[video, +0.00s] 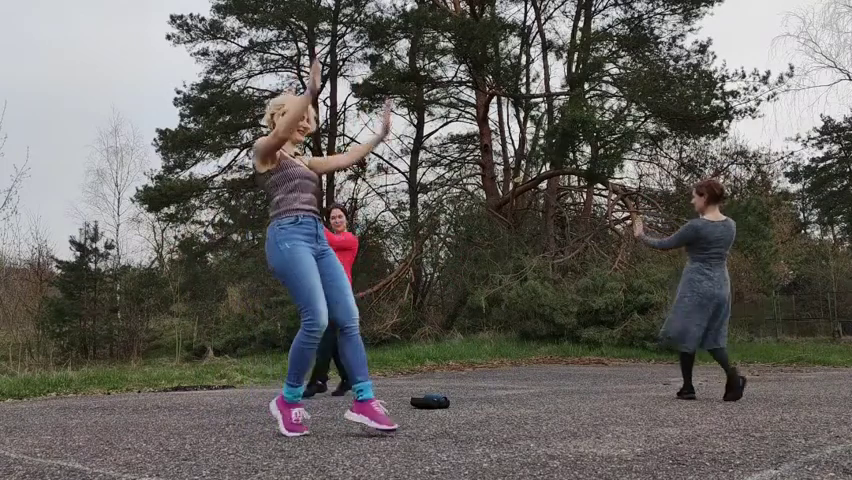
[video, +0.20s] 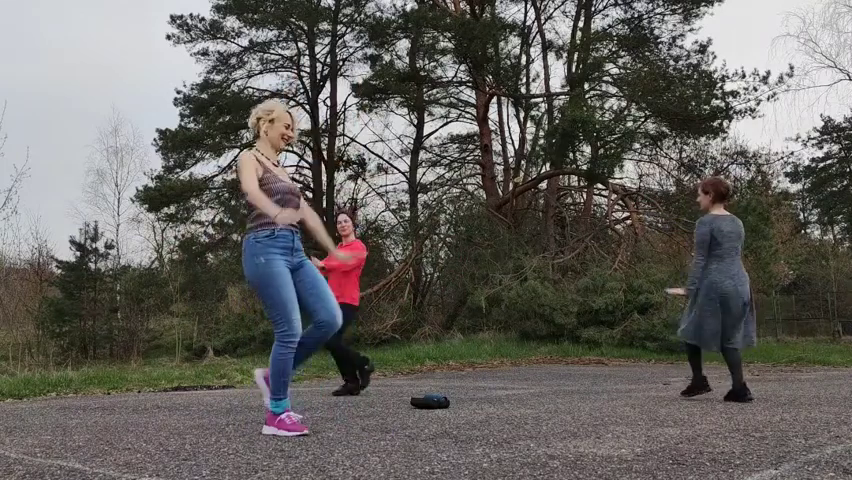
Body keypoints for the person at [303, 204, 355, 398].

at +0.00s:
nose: (337, 220)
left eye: (340, 217)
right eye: (333, 218)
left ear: (346, 219)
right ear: (329, 222)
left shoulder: (351, 239)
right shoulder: (327, 238)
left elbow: (331, 241)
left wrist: (318, 225)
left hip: (342, 294)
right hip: (327, 293)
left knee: (329, 336)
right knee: (332, 337)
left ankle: (318, 379)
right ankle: (346, 378)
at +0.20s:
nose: (342, 225)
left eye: (345, 222)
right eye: (339, 223)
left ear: (353, 224)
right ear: (336, 227)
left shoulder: (359, 247)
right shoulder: (337, 249)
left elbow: (348, 263)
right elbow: (328, 270)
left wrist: (323, 264)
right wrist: (317, 267)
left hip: (348, 300)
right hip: (333, 299)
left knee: (332, 339)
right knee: (333, 341)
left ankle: (362, 363)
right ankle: (350, 380)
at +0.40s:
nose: (347, 216)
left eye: (351, 214)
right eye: (344, 214)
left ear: (357, 221)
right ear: (339, 220)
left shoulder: (359, 241)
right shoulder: (340, 244)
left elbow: (362, 270)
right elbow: (336, 277)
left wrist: (359, 296)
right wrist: (326, 302)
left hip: (355, 298)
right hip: (340, 300)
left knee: (362, 341)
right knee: (347, 343)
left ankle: (390, 370)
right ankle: (352, 382)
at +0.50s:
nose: (347, 216)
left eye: (351, 214)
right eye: (344, 214)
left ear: (357, 222)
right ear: (339, 220)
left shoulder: (360, 243)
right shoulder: (340, 244)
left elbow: (372, 270)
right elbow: (346, 272)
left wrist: (377, 298)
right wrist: (345, 297)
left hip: (365, 299)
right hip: (348, 301)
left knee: (377, 339)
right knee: (351, 343)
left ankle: (397, 375)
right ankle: (353, 382)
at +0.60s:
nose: (347, 218)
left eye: (351, 216)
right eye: (344, 215)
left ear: (357, 223)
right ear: (339, 221)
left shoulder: (360, 243)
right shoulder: (342, 244)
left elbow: (376, 269)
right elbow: (350, 271)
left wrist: (386, 294)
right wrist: (351, 295)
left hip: (371, 299)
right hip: (354, 301)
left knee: (383, 338)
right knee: (351, 340)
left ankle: (399, 375)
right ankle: (353, 382)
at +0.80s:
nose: (347, 218)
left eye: (351, 216)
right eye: (344, 216)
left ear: (357, 221)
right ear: (340, 220)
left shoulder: (360, 241)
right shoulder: (345, 242)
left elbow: (370, 269)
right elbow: (351, 270)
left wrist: (374, 295)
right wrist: (350, 294)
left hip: (364, 298)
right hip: (351, 300)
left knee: (377, 338)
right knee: (349, 338)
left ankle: (396, 374)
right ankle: (361, 379)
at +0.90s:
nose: (346, 222)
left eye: (350, 219)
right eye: (344, 219)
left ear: (357, 222)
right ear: (340, 222)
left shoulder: (359, 241)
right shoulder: (346, 242)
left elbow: (362, 270)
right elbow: (348, 271)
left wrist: (358, 294)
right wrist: (344, 294)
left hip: (357, 298)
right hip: (347, 299)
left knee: (358, 340)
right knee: (349, 341)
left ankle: (390, 371)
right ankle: (361, 380)